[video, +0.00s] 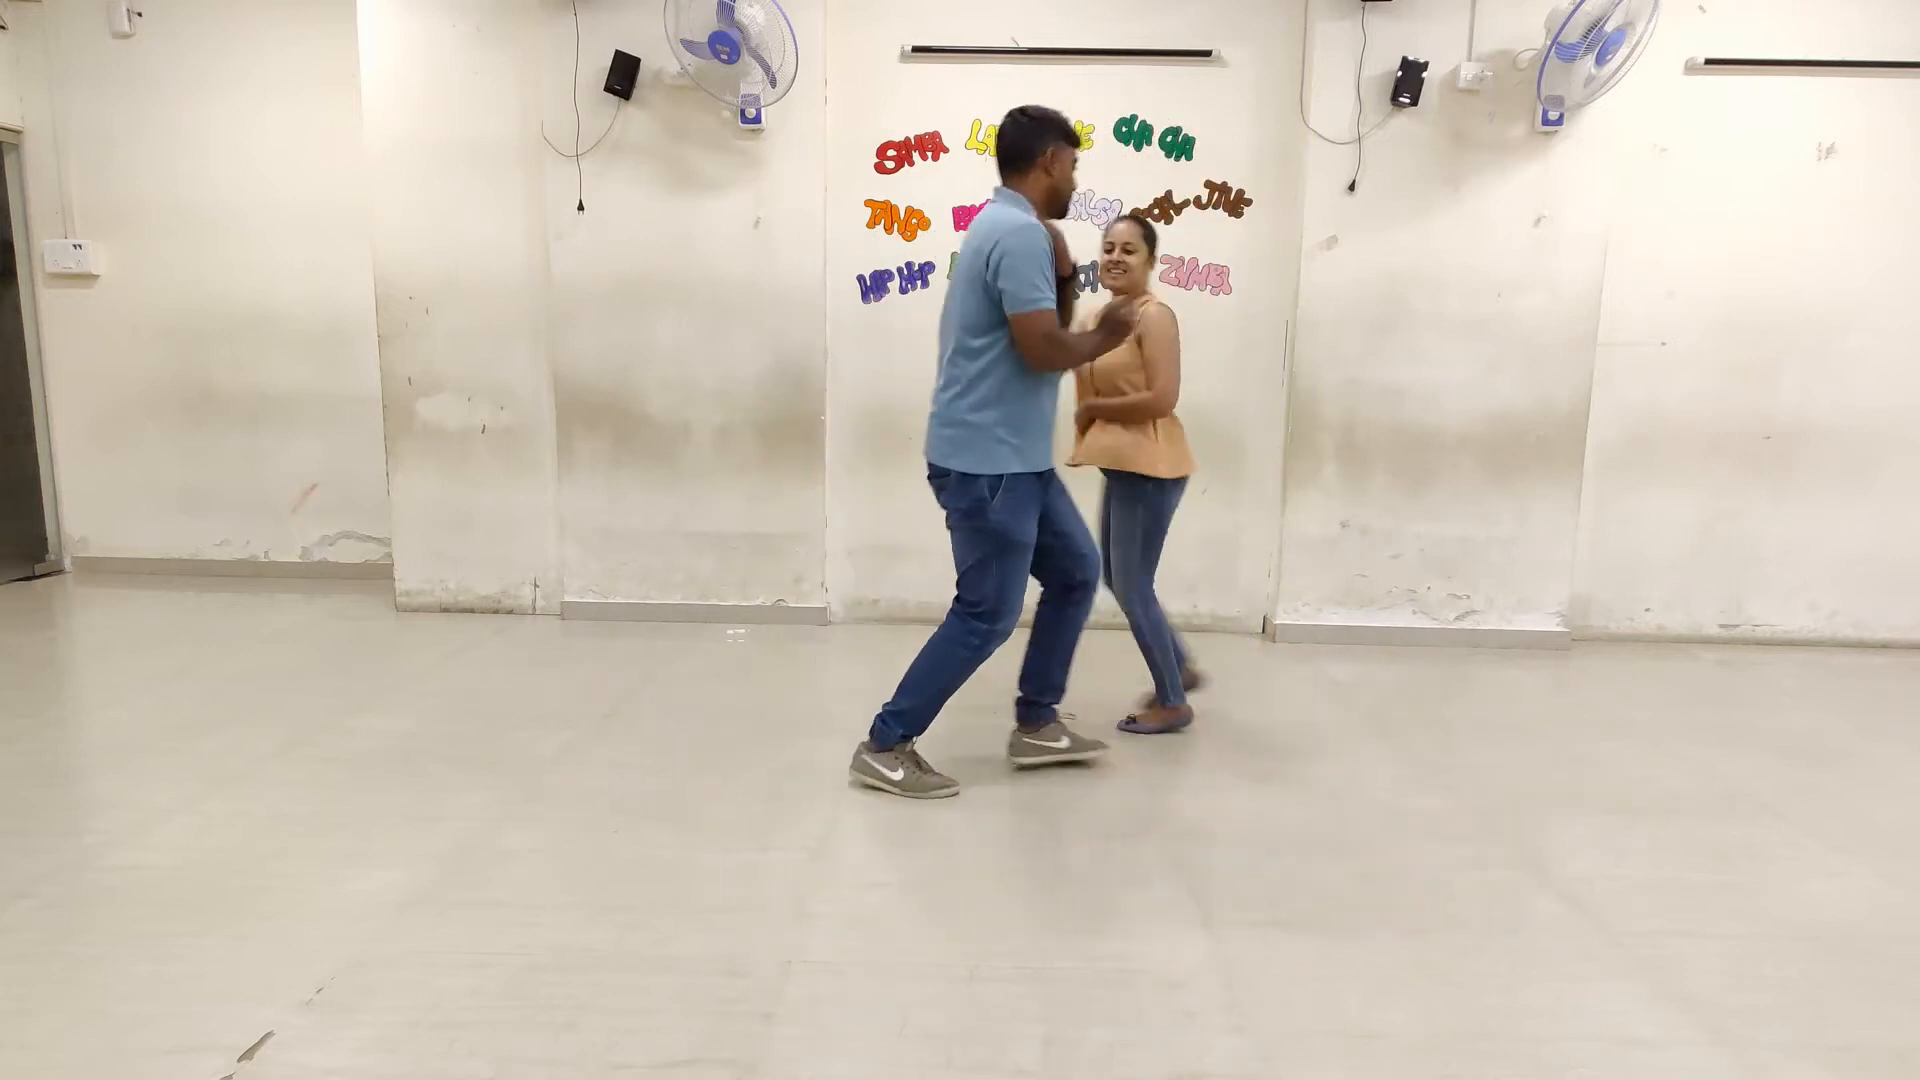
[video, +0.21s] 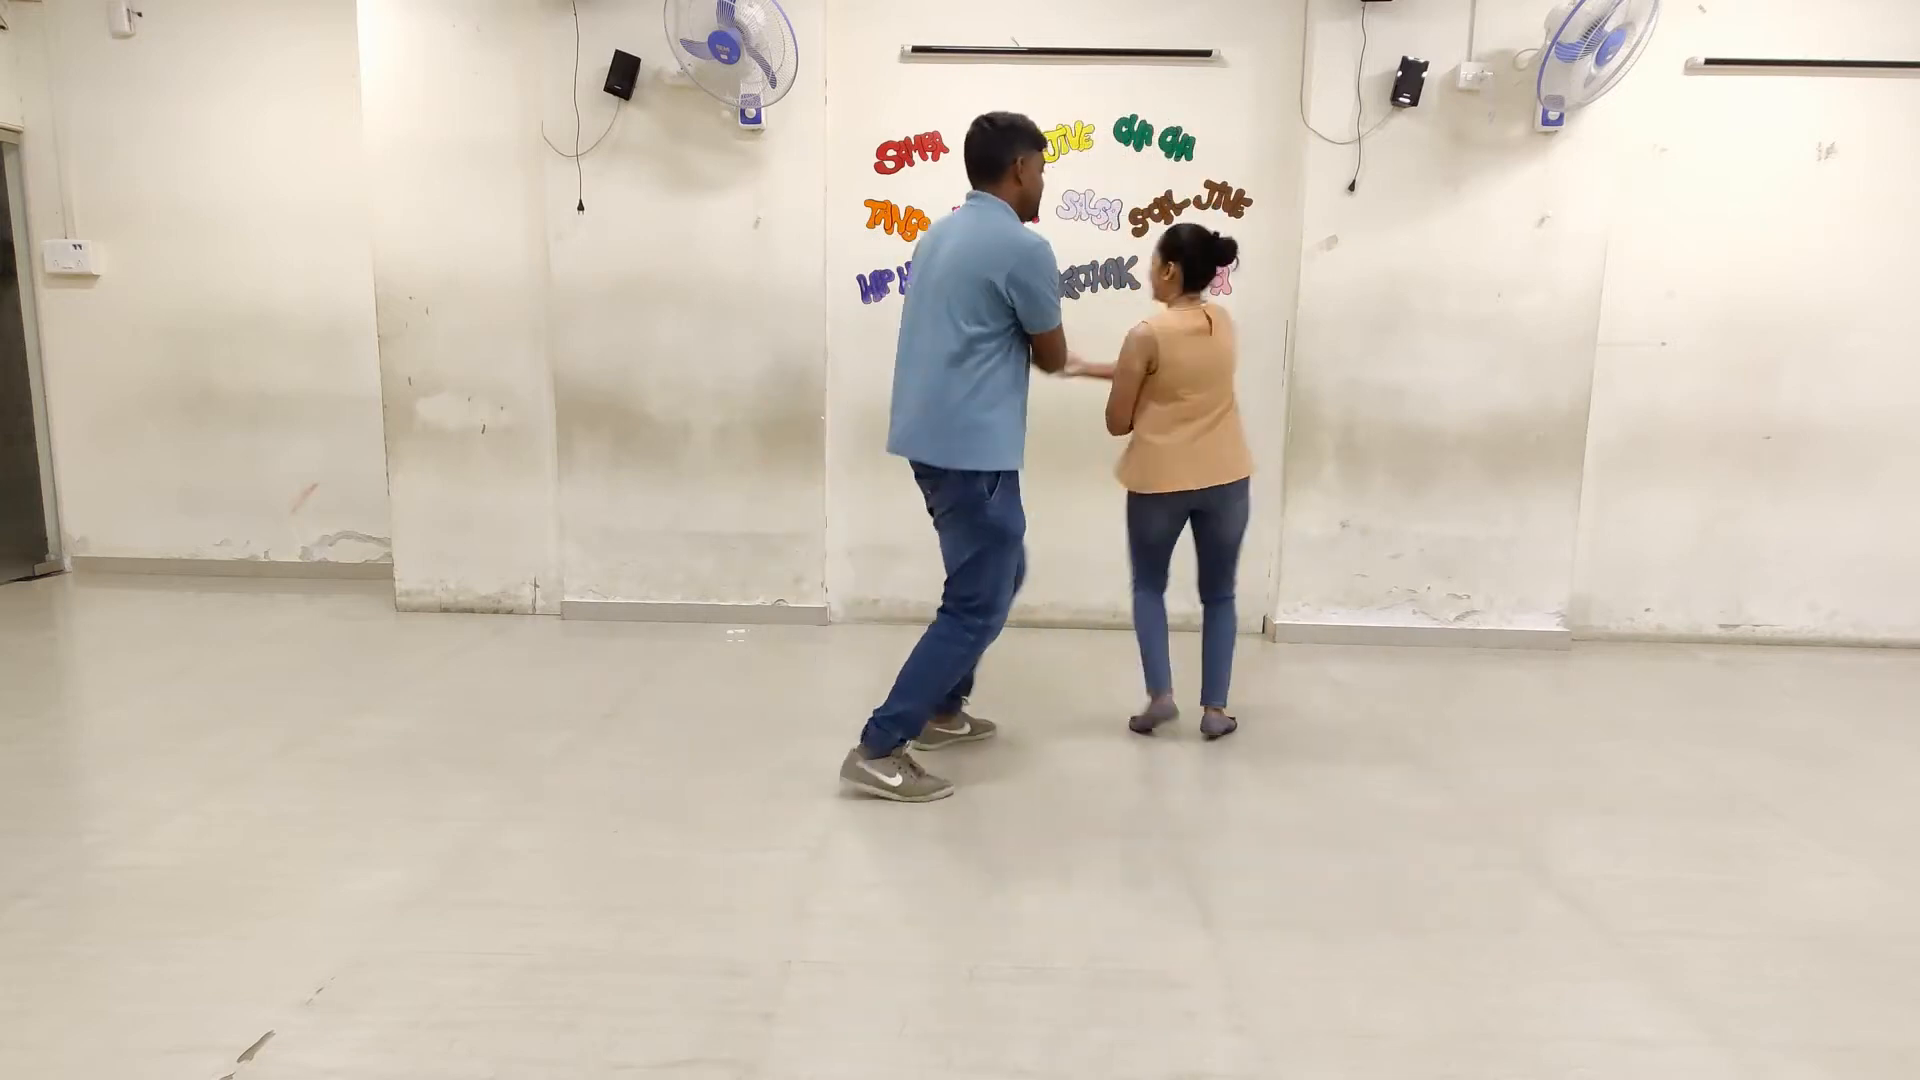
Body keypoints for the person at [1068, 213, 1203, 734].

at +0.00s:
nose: (1115, 257)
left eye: (1127, 250)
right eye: (1108, 249)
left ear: (1150, 262)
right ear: (1099, 258)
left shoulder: (1155, 315)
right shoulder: (1100, 313)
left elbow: (1164, 399)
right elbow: (1075, 365)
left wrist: (1095, 408)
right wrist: (1066, 291)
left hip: (1153, 467)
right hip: (1122, 464)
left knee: (1134, 583)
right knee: (1116, 575)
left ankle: (1172, 702)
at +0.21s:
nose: (1149, 270)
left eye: (1154, 262)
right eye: (1152, 261)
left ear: (1171, 270)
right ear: (1198, 274)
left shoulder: (1146, 336)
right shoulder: (1223, 321)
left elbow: (1117, 422)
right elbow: (1165, 367)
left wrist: (1147, 393)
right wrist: (1084, 368)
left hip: (1159, 483)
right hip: (1225, 478)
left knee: (1149, 585)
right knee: (1219, 592)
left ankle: (1160, 696)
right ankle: (1215, 710)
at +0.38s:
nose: (1235, 265)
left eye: (1231, 257)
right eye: (1232, 258)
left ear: (1177, 269)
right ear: (1222, 266)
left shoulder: (1155, 327)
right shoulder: (1247, 312)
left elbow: (1155, 402)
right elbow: (1273, 348)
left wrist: (1242, 396)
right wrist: (1231, 309)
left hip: (1177, 477)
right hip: (1232, 476)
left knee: (1226, 571)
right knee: (1234, 585)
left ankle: (1196, 679)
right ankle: (1207, 706)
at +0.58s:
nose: (1232, 263)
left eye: (1238, 254)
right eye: (1218, 256)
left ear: (1246, 260)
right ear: (1193, 268)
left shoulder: (1249, 318)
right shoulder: (1197, 320)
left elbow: (1253, 394)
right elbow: (1277, 328)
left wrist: (1286, 400)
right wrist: (1277, 249)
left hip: (1265, 468)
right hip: (1213, 473)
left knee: (1285, 587)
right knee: (1230, 590)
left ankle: (1291, 698)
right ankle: (1197, 698)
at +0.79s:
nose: (1227, 274)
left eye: (1239, 263)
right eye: (1219, 265)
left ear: (1264, 267)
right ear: (1211, 272)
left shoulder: (1300, 324)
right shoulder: (1202, 330)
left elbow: (1351, 389)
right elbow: (1181, 395)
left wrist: (1306, 411)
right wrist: (1162, 323)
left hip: (1290, 479)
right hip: (1221, 481)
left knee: (1289, 604)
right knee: (1222, 612)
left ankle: (1301, 723)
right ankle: (1234, 697)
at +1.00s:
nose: (1238, 309)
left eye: (1249, 299)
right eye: (1233, 299)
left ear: (1281, 295)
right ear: (1231, 297)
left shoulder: (1303, 351)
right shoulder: (1237, 355)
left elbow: (1317, 437)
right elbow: (1190, 416)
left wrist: (1235, 454)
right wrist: (1135, 389)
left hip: (1300, 507)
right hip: (1250, 507)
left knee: (1260, 617)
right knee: (1212, 602)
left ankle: (1301, 736)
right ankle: (1254, 705)